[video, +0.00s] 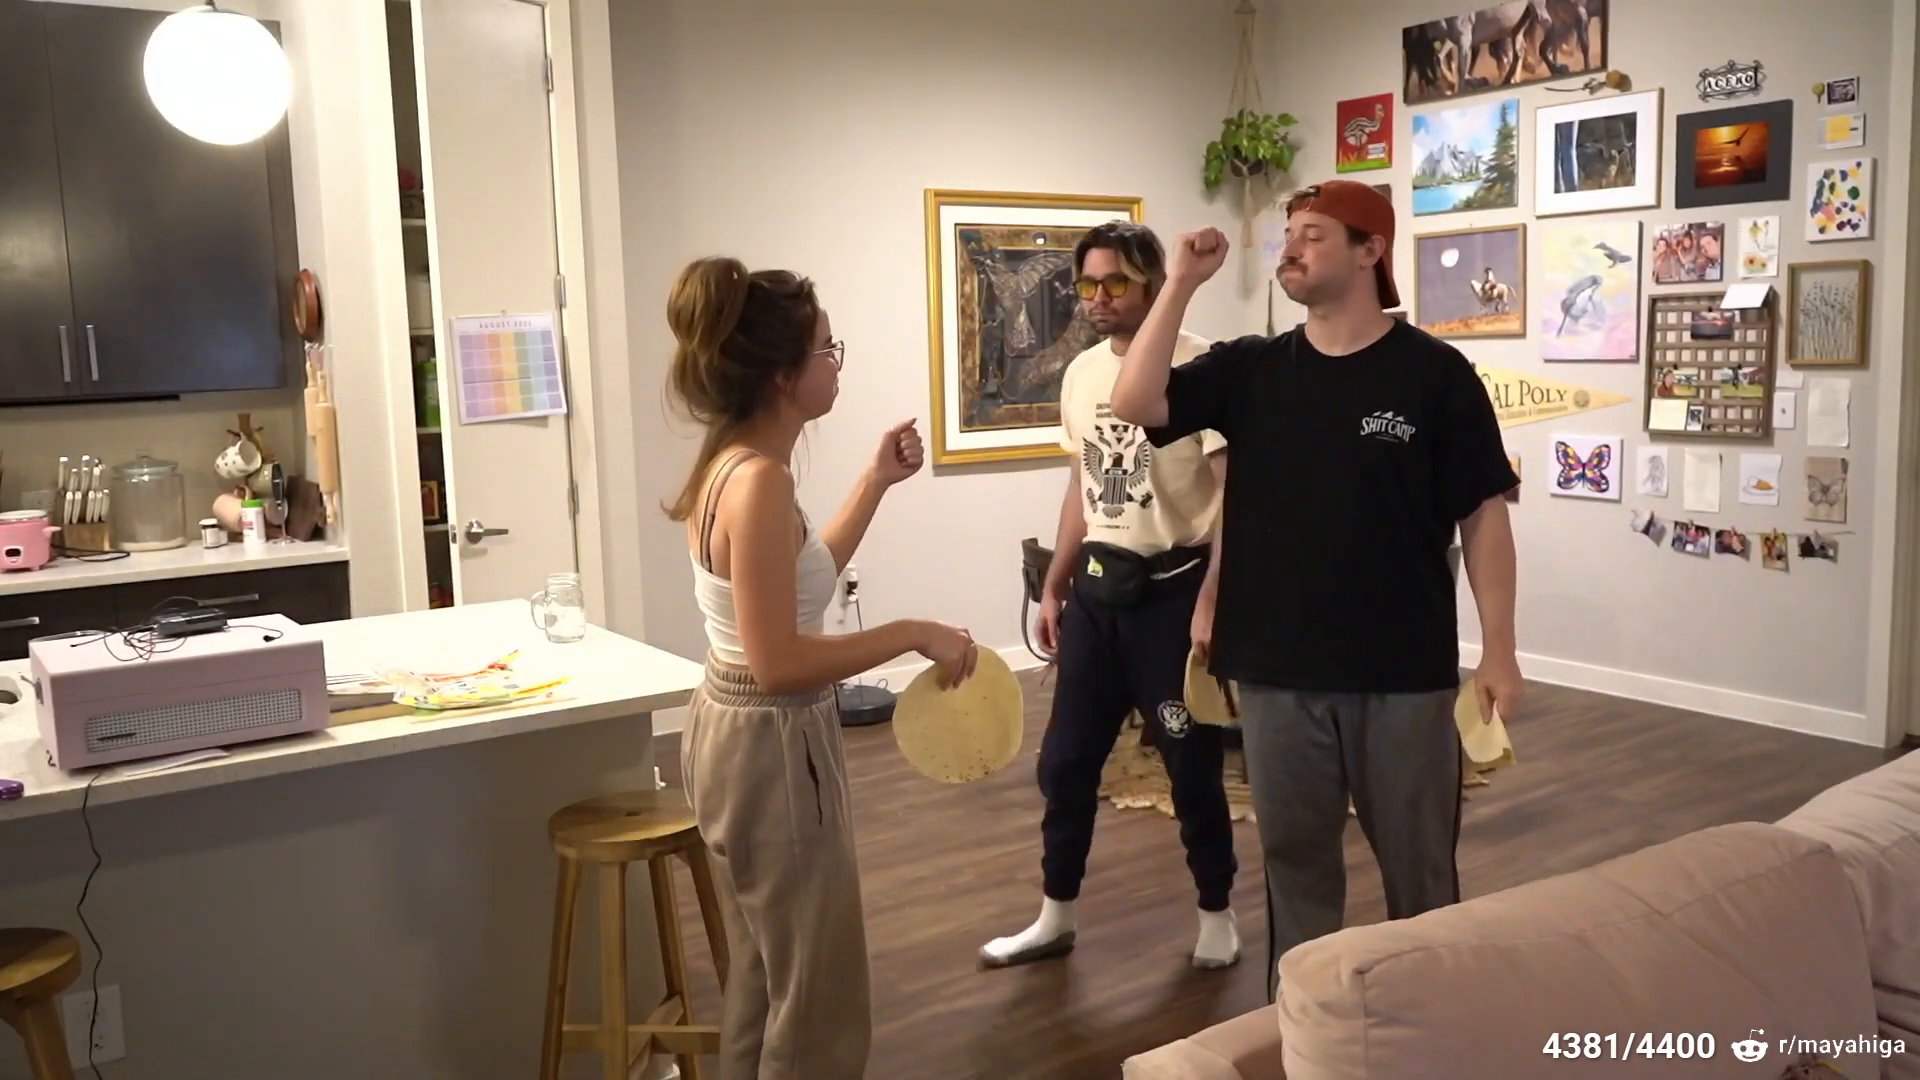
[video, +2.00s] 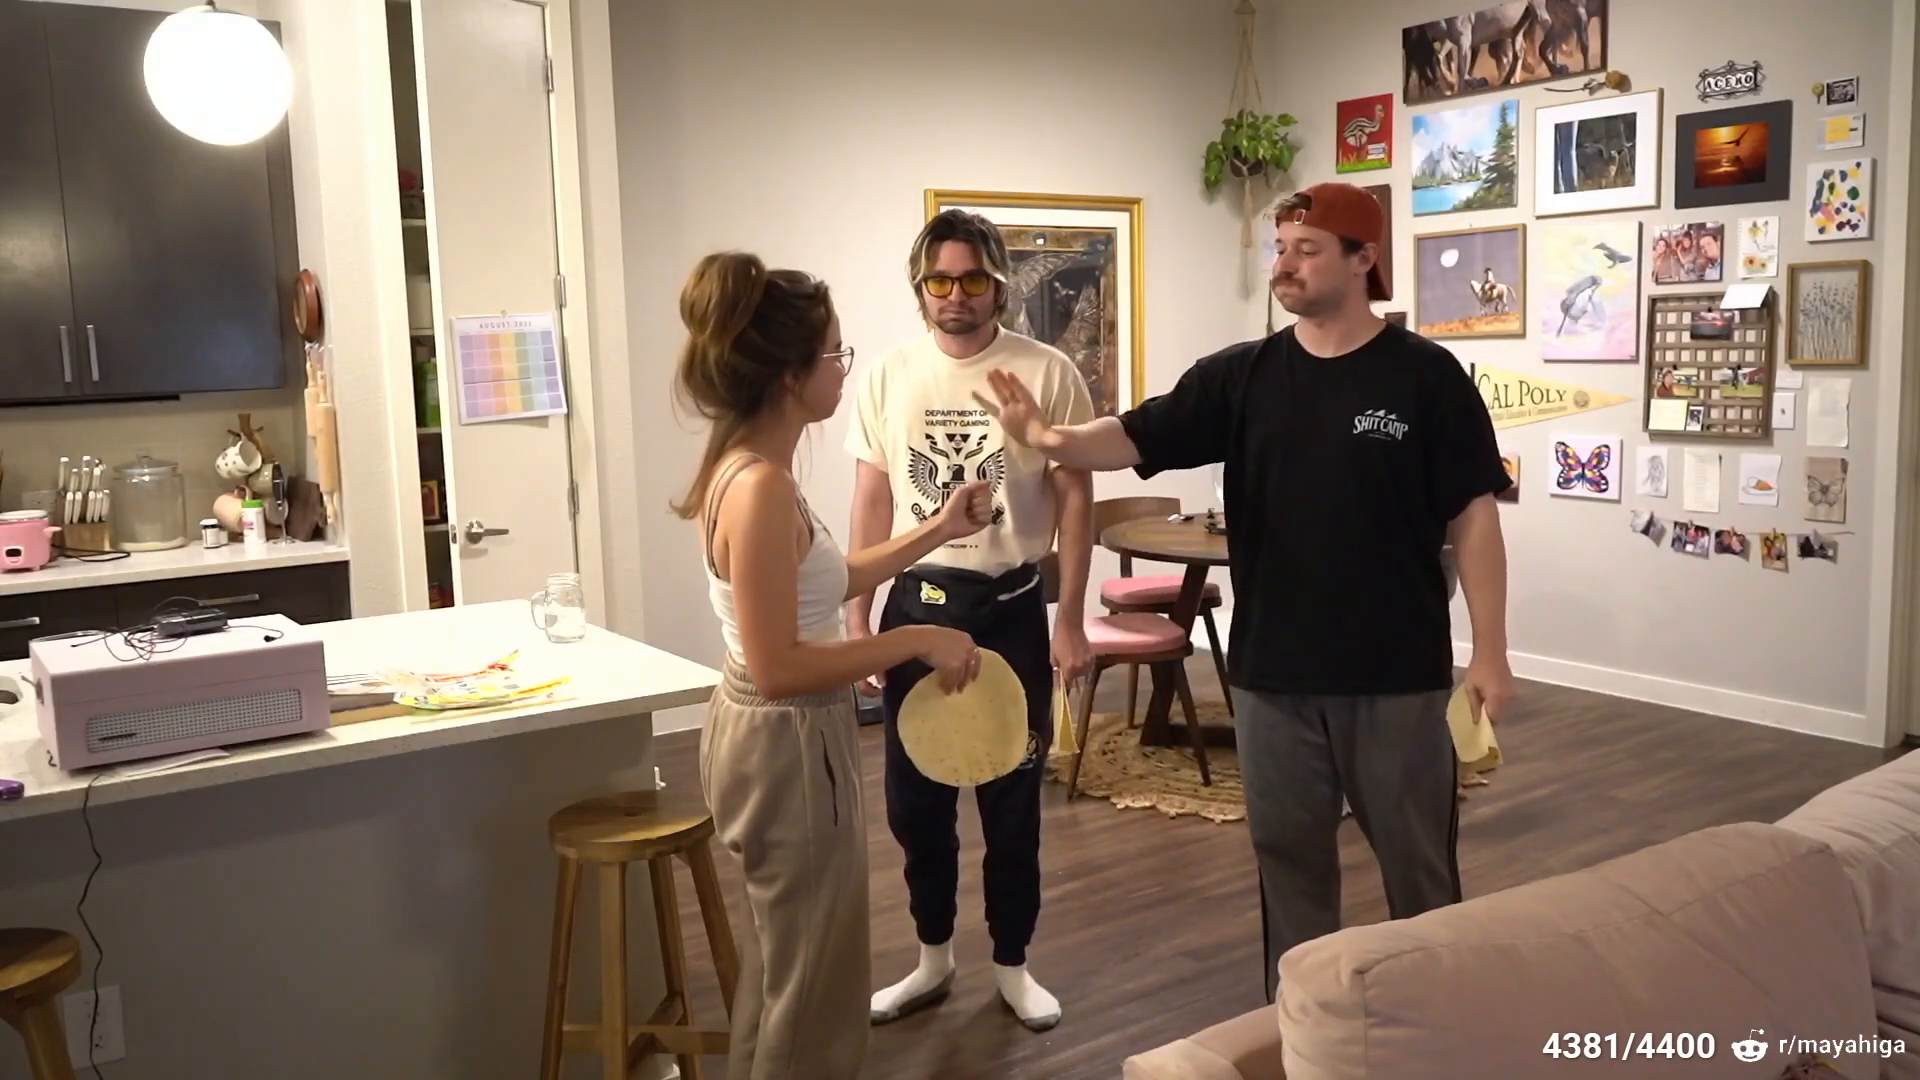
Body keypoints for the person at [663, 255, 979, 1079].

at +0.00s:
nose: (839, 358)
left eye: (832, 345)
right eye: (827, 350)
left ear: (768, 379)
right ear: (782, 377)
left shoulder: (730, 467)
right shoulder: (759, 482)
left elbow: (805, 579)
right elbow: (776, 664)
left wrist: (873, 481)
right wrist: (916, 634)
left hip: (735, 733)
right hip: (775, 746)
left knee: (764, 968)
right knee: (818, 990)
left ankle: (744, 1074)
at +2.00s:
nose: (846, 367)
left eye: (841, 352)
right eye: (835, 355)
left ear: (778, 377)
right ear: (787, 376)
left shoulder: (751, 468)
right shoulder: (757, 487)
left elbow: (825, 583)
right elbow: (776, 668)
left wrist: (936, 530)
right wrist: (920, 641)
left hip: (773, 732)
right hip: (786, 746)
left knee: (786, 968)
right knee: (813, 981)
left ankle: (763, 1073)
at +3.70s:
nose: (796, 413)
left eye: (812, 390)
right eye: (774, 394)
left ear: (831, 377)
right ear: (734, 384)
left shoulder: (804, 462)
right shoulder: (723, 479)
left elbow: (883, 555)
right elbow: (749, 649)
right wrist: (895, 623)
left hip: (820, 724)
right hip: (771, 737)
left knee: (837, 971)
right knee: (822, 981)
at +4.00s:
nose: (704, 431)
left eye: (719, 406)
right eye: (683, 415)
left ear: (768, 395)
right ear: (666, 415)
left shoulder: (816, 462)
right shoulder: (665, 497)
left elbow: (831, 621)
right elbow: (669, 660)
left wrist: (765, 491)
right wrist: (783, 649)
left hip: (817, 731)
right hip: (715, 743)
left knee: (826, 988)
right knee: (774, 1010)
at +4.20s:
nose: (616, 488)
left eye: (634, 463)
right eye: (603, 466)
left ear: (703, 451)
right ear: (595, 457)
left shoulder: (777, 497)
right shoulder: (617, 534)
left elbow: (759, 670)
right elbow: (625, 682)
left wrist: (698, 541)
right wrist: (689, 710)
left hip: (804, 753)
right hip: (688, 764)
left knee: (813, 1005)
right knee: (712, 1030)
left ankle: (799, 1076)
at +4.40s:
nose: (538, 583)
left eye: (551, 562)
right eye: (524, 563)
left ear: (624, 540)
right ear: (515, 544)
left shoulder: (715, 559)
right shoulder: (558, 595)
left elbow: (704, 740)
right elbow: (592, 722)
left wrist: (629, 624)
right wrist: (606, 803)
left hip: (783, 766)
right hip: (670, 770)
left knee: (812, 1036)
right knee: (668, 1040)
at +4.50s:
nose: (515, 637)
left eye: (525, 615)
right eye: (502, 618)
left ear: (597, 586)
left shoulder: (703, 591)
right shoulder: (546, 627)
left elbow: (728, 766)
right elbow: (563, 750)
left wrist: (617, 671)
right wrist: (557, 847)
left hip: (772, 789)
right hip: (653, 791)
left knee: (806, 1047)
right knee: (643, 1040)